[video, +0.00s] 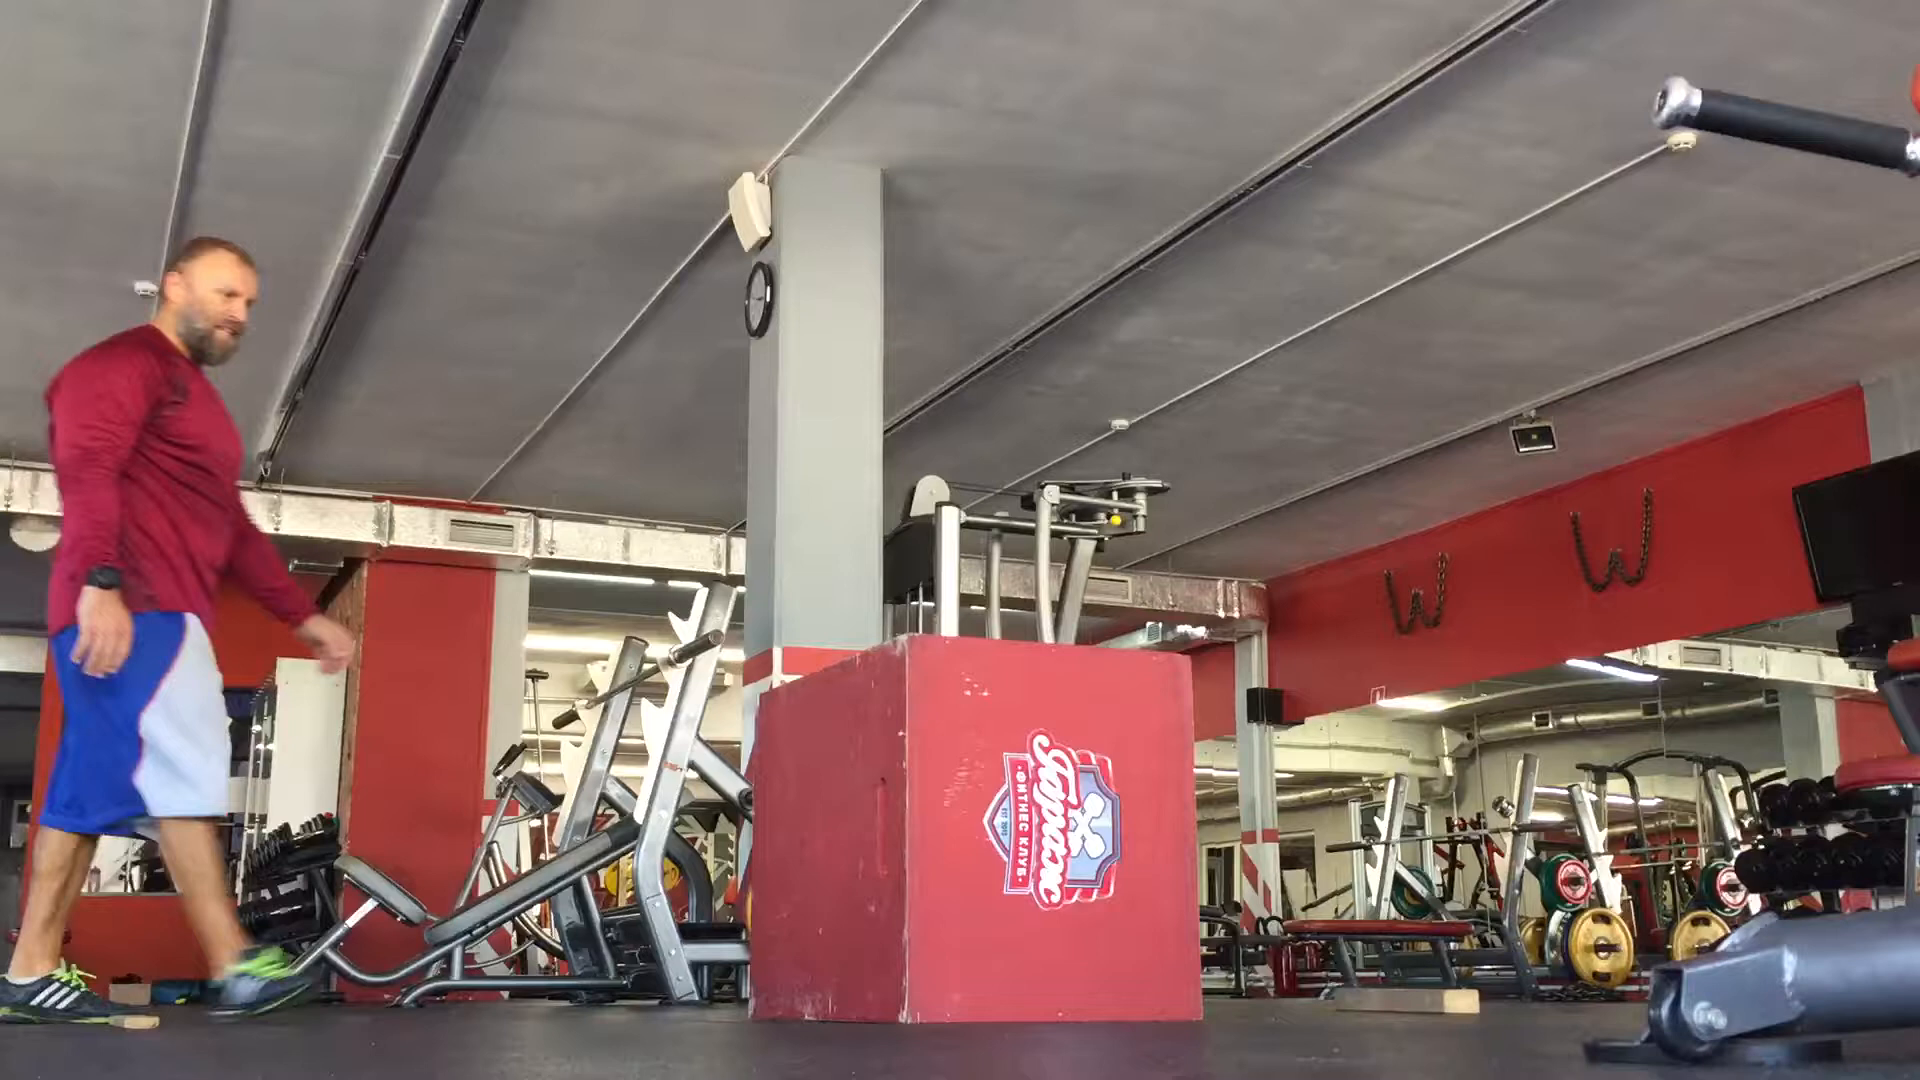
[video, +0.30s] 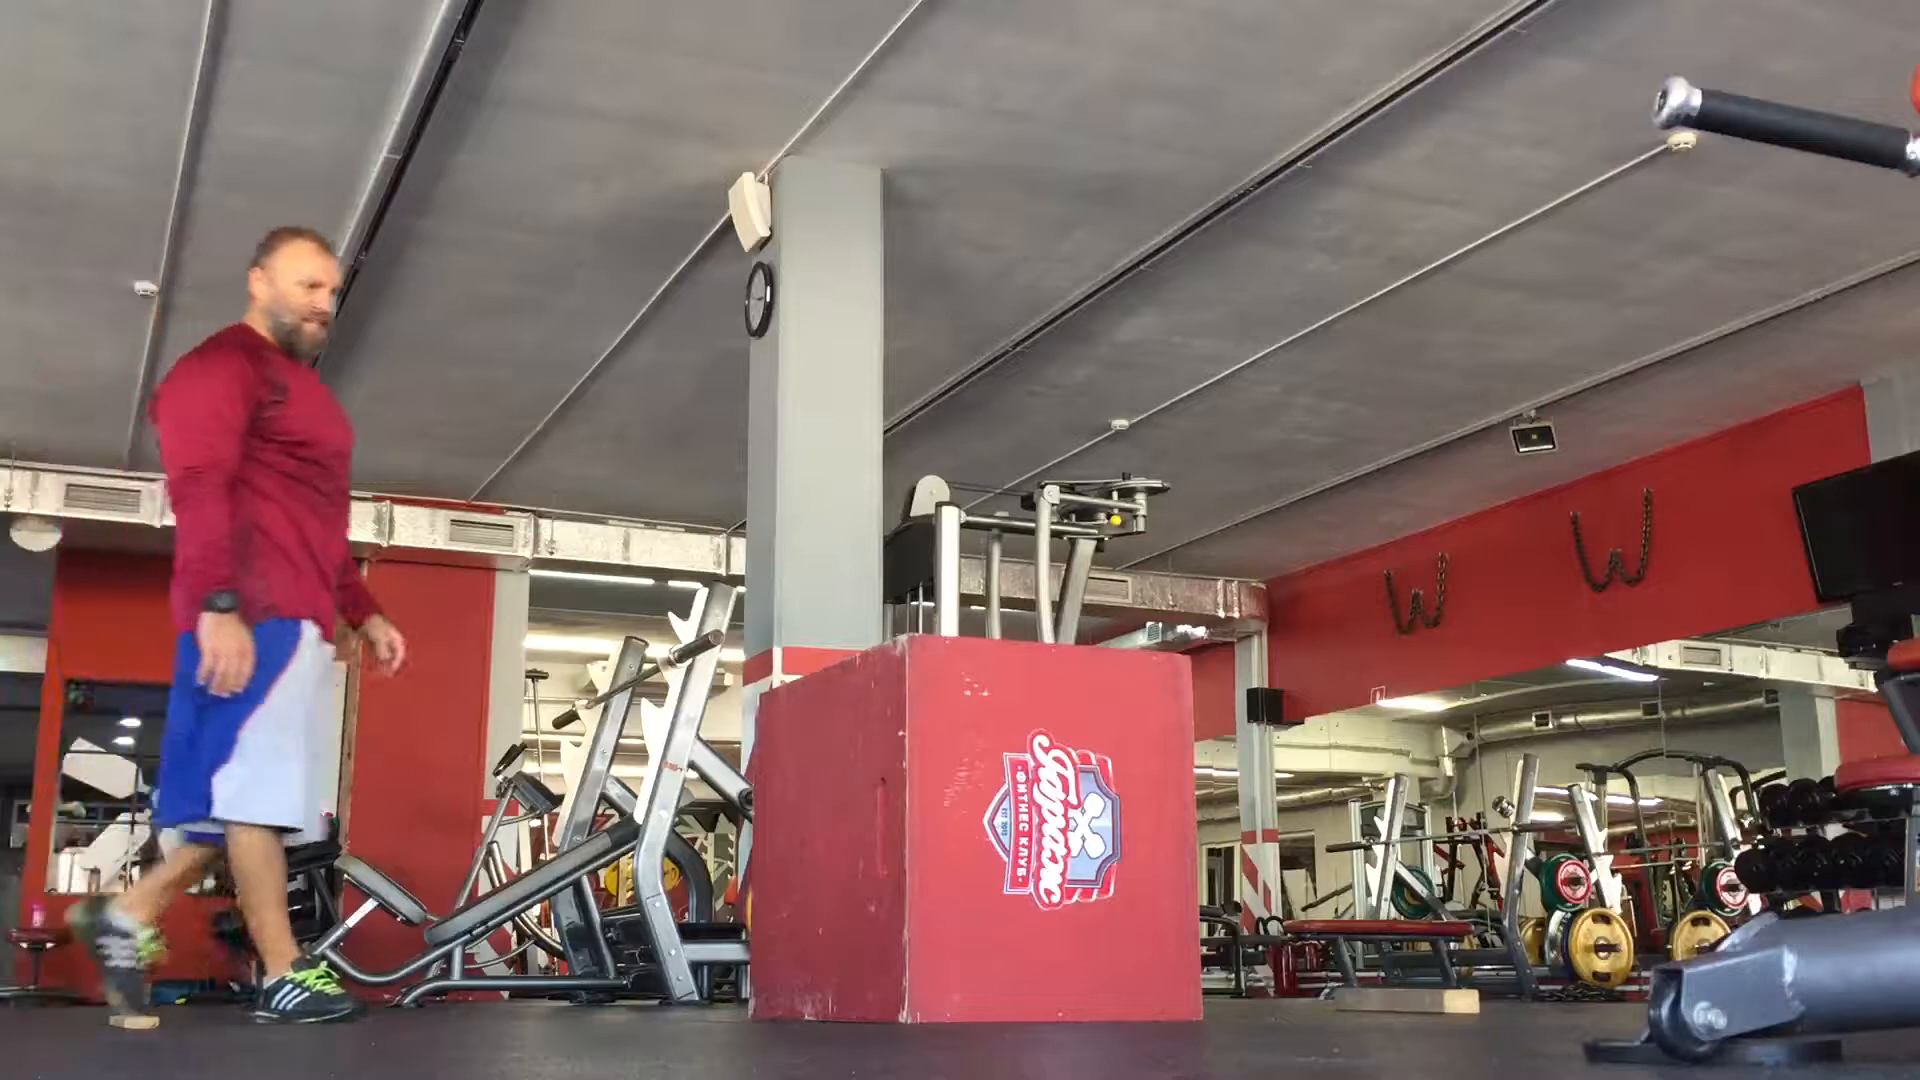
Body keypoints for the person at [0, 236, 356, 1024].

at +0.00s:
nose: (240, 314)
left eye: (248, 304)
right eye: (227, 294)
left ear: (241, 312)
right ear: (173, 286)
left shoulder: (196, 399)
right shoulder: (126, 363)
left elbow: (231, 525)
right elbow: (88, 468)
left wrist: (304, 615)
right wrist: (100, 581)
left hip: (127, 608)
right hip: (146, 607)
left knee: (84, 787)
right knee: (188, 780)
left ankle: (32, 970)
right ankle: (233, 965)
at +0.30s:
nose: (325, 303)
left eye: (333, 292)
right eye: (310, 285)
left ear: (333, 300)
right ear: (258, 284)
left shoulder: (303, 387)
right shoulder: (220, 368)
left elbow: (313, 522)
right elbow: (200, 489)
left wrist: (361, 611)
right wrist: (217, 604)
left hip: (300, 621)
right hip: (251, 614)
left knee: (240, 799)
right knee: (253, 795)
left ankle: (126, 915)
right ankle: (284, 974)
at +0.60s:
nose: (426, 294)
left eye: (435, 284)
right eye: (411, 275)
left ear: (438, 294)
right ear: (360, 270)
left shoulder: (412, 383)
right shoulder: (302, 359)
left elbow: (396, 500)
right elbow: (287, 476)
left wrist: (415, 598)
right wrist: (340, 583)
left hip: (420, 611)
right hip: (315, 610)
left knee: (448, 786)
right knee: (289, 794)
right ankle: (283, 973)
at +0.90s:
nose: (536, 278)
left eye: (548, 267)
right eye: (521, 259)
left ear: (554, 279)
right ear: (472, 256)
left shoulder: (553, 387)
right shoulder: (404, 343)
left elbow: (565, 513)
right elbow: (359, 452)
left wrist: (586, 626)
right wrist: (354, 570)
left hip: (533, 613)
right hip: (431, 603)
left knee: (540, 784)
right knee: (410, 780)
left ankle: (534, 968)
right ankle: (324, 931)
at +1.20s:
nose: (603, 251)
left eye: (616, 237)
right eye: (588, 231)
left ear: (627, 243)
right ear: (541, 226)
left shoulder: (644, 352)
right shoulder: (470, 321)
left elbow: (677, 466)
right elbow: (409, 430)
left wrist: (726, 558)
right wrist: (379, 552)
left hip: (598, 583)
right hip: (496, 569)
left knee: (578, 766)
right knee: (513, 742)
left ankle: (540, 964)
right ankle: (538, 951)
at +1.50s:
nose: (627, 218)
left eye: (639, 201)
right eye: (608, 199)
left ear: (651, 200)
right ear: (559, 190)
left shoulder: (682, 306)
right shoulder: (496, 297)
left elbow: (712, 432)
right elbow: (452, 427)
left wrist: (733, 538)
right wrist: (449, 555)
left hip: (666, 575)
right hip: (551, 568)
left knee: (680, 746)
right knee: (544, 749)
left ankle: (598, 892)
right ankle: (557, 951)